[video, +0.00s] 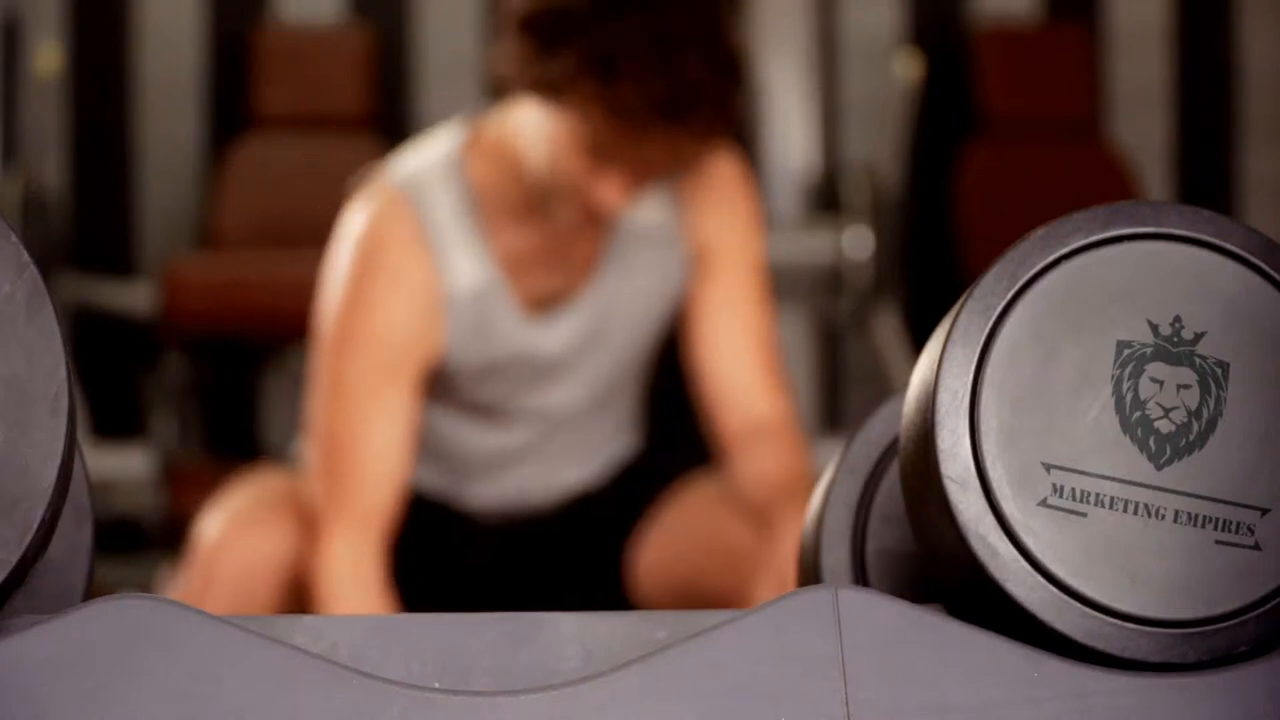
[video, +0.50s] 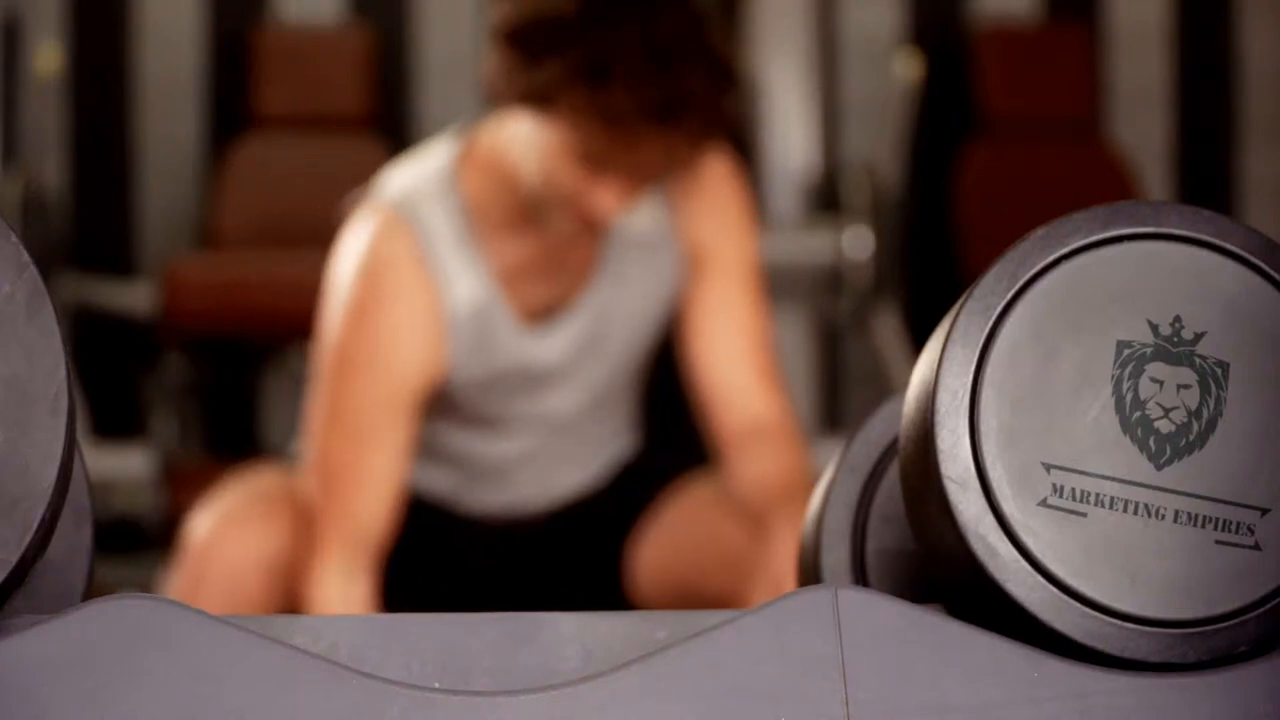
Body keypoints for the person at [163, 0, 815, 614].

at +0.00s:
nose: (618, 200)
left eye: (652, 171)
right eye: (599, 158)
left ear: (690, 139)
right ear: (539, 94)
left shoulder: (704, 179)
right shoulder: (397, 227)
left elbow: (758, 432)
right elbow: (350, 544)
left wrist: (813, 565)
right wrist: (398, 711)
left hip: (602, 522)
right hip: (417, 531)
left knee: (799, 541)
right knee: (244, 534)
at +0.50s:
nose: (614, 205)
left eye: (647, 175)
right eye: (593, 163)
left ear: (682, 146)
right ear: (529, 102)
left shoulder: (696, 179)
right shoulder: (397, 242)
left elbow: (755, 430)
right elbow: (345, 556)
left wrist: (805, 577)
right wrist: (351, 719)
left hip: (602, 522)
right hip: (417, 531)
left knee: (792, 543)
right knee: (234, 532)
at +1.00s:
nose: (611, 168)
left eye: (645, 137)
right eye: (591, 127)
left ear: (676, 110)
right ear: (524, 67)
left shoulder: (696, 170)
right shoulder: (393, 210)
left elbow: (753, 428)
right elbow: (337, 510)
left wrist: (790, 570)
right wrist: (457, 668)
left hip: (601, 521)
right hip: (418, 529)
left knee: (792, 540)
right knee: (241, 526)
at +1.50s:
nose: (588, 153)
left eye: (618, 121)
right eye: (566, 112)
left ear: (652, 93)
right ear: (500, 58)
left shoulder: (670, 170)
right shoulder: (333, 208)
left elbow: (748, 421)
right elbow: (342, 500)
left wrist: (788, 576)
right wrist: (497, 479)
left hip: (598, 525)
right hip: (403, 534)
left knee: (782, 531)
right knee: (248, 534)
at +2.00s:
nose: (570, 156)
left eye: (602, 122)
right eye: (544, 116)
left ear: (633, 100)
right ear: (473, 71)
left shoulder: (661, 172)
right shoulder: (312, 221)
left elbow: (748, 426)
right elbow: (354, 515)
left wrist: (786, 588)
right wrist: (503, 420)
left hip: (597, 523)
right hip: (401, 538)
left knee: (788, 542)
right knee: (249, 533)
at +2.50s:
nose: (582, 137)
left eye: (614, 105)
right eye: (558, 96)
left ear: (652, 82)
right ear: (495, 46)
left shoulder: (680, 166)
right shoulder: (346, 212)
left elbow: (750, 423)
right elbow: (349, 496)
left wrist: (778, 578)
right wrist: (577, 530)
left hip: (599, 542)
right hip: (412, 544)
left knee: (789, 517)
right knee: (243, 522)